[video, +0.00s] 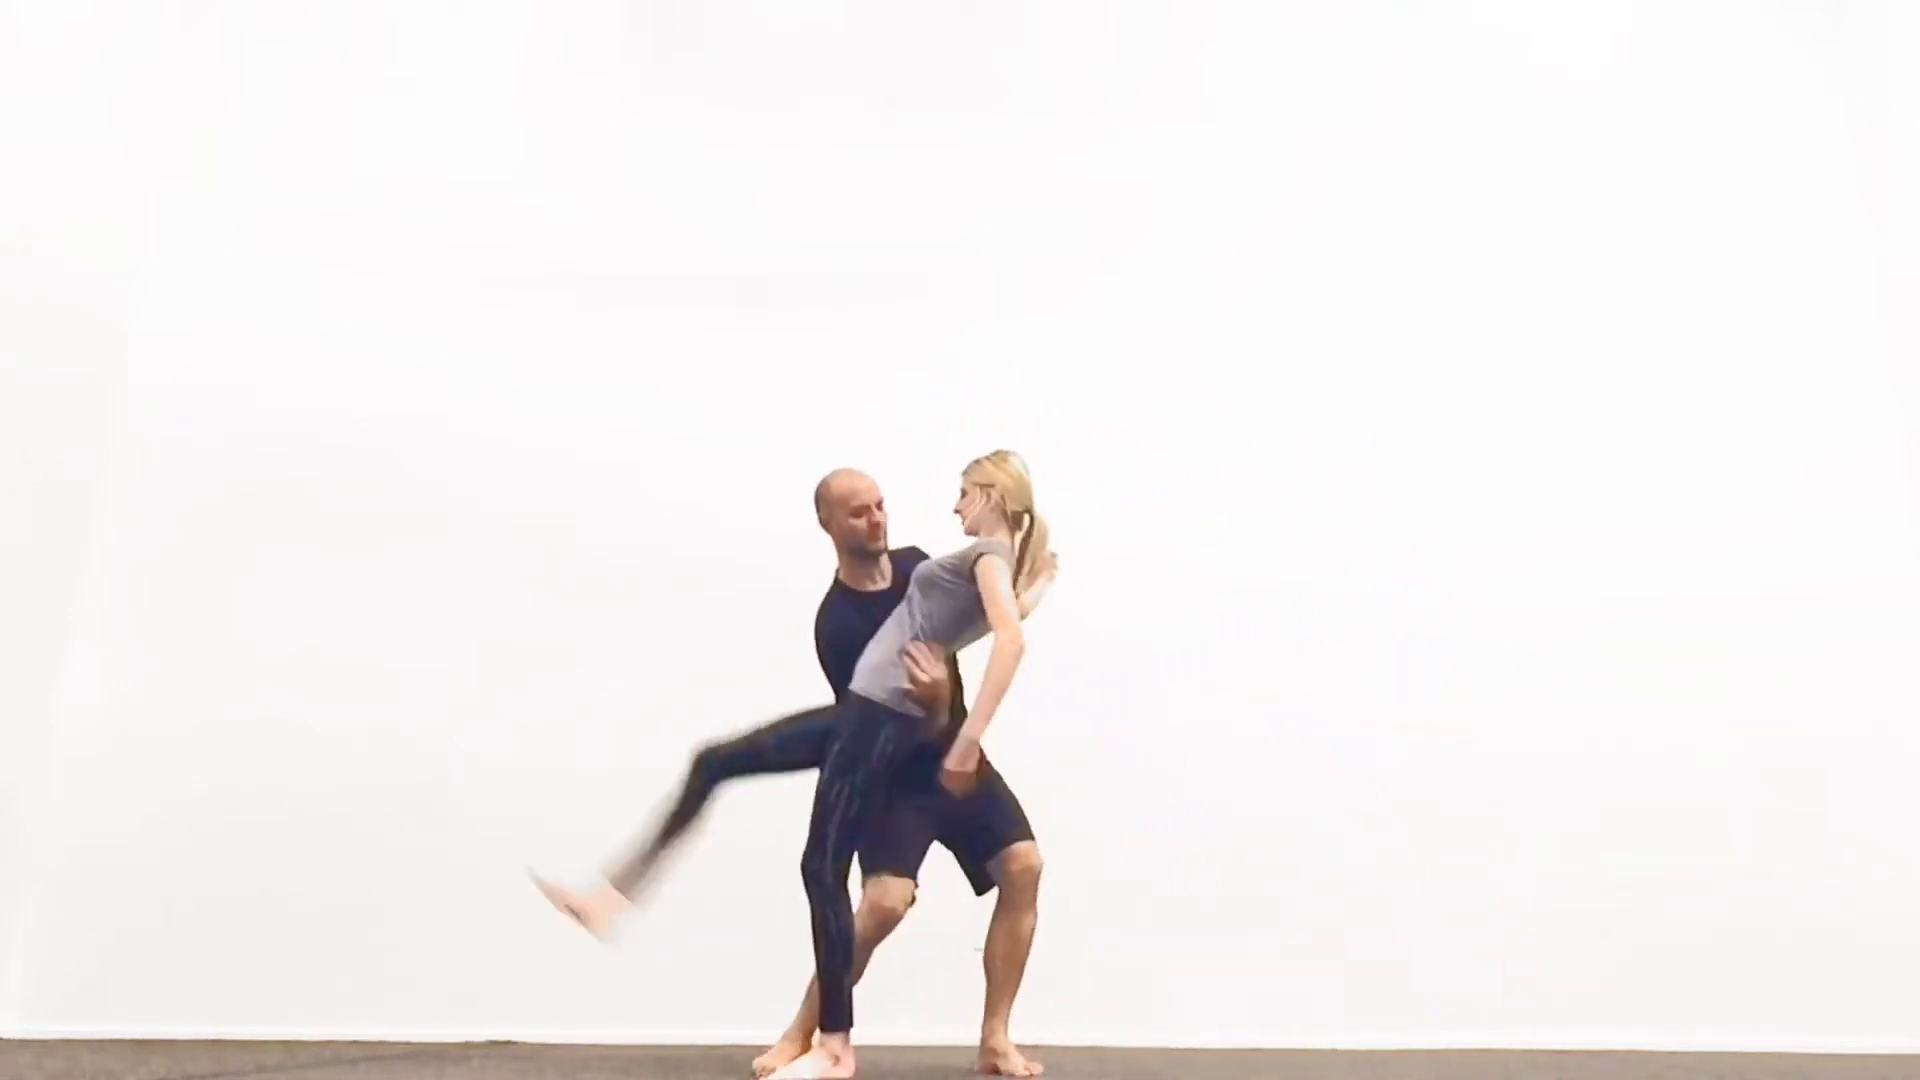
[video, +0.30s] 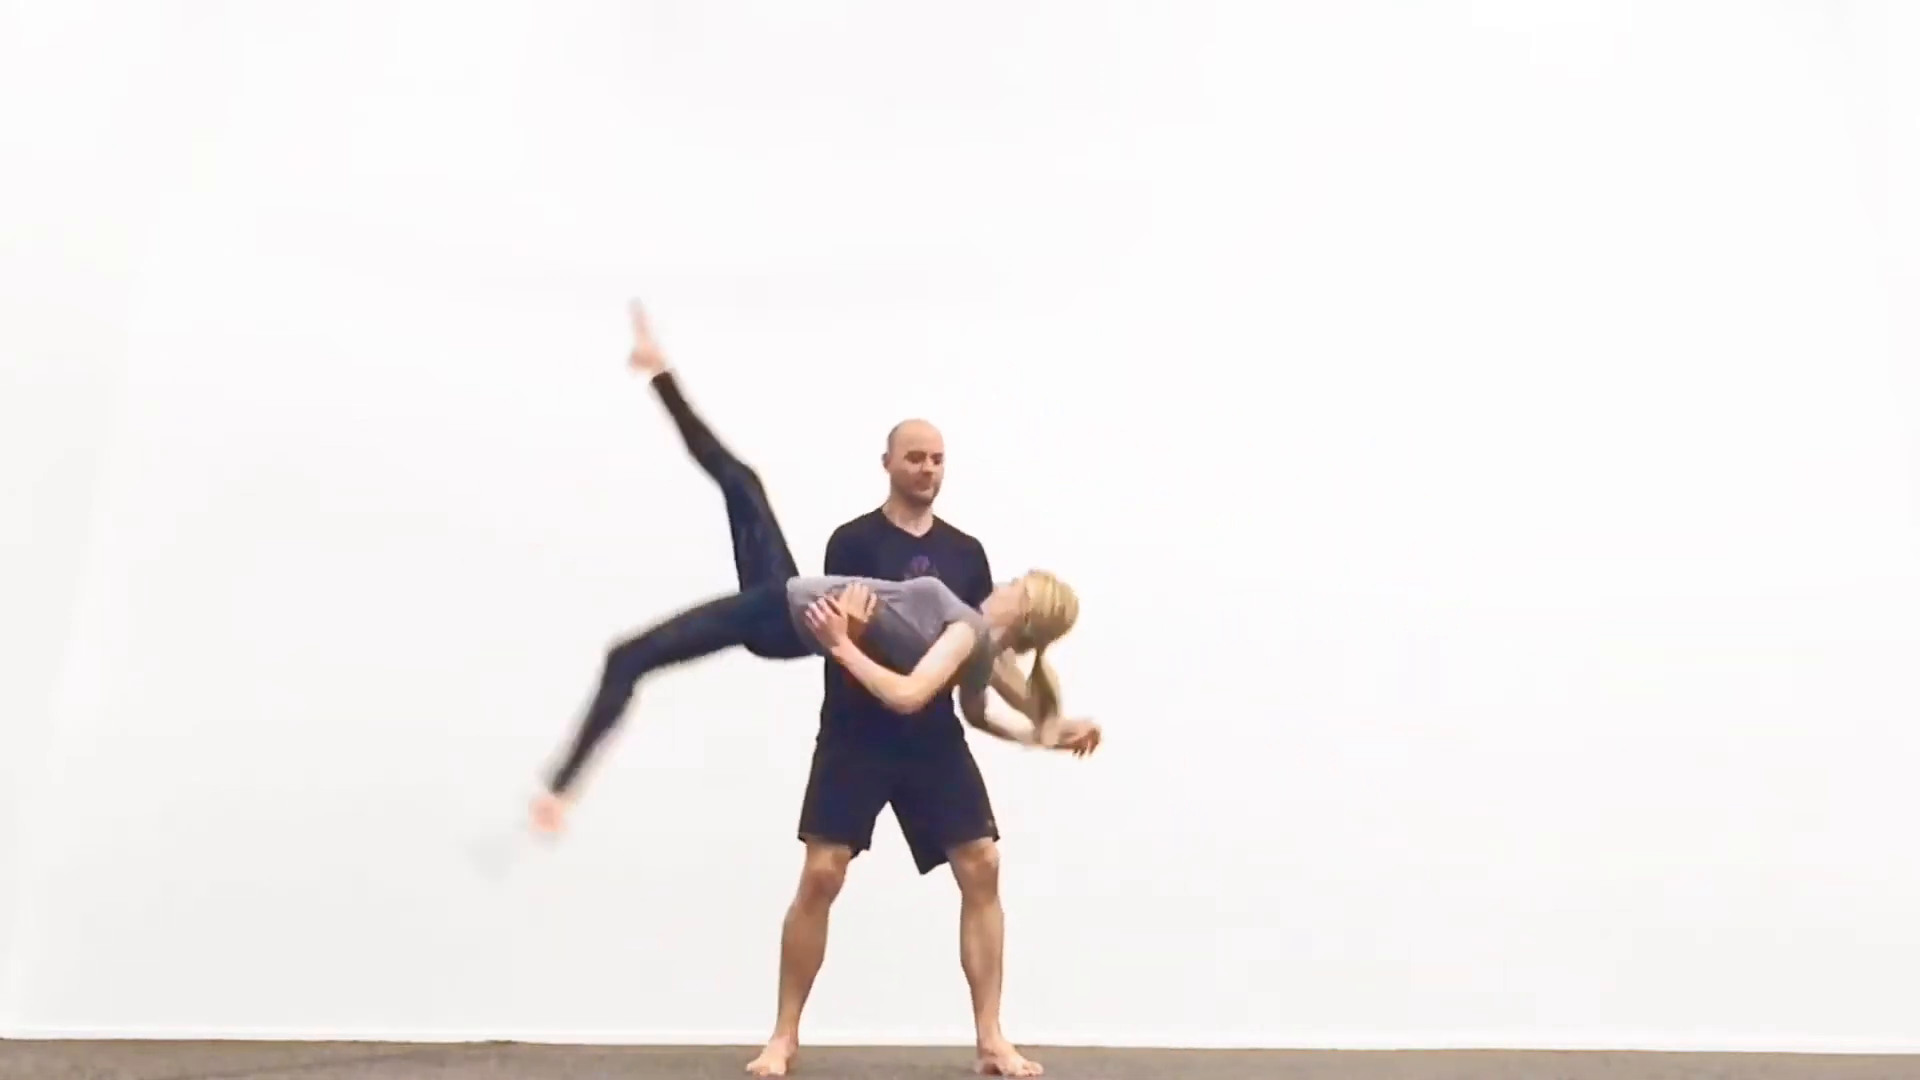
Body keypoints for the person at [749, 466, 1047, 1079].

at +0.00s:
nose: (877, 518)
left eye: (879, 505)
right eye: (860, 513)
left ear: (886, 504)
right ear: (828, 526)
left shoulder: (915, 564)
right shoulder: (835, 624)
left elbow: (952, 660)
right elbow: (870, 725)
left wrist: (951, 700)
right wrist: (939, 701)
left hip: (951, 750)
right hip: (893, 767)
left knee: (1023, 868)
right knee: (888, 902)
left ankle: (996, 1040)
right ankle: (799, 1036)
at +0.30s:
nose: (928, 468)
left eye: (936, 459)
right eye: (916, 457)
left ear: (945, 466)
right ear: (887, 463)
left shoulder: (965, 552)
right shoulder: (851, 543)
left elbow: (988, 660)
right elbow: (820, 644)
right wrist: (856, 636)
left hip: (935, 738)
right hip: (853, 737)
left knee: (981, 865)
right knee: (820, 876)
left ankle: (991, 1041)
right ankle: (783, 1039)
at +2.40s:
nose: (1009, 419)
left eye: (1009, 409)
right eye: (998, 405)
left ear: (976, 412)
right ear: (953, 405)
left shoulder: (974, 497)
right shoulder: (931, 479)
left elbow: (1006, 625)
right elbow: (936, 585)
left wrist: (1099, 617)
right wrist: (1046, 596)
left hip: (980, 698)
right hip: (934, 694)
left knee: (984, 859)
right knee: (928, 855)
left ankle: (961, 1033)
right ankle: (901, 1047)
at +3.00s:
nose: (975, 415)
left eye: (975, 404)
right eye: (963, 403)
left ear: (946, 412)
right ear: (919, 408)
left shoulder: (972, 505)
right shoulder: (889, 484)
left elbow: (1049, 578)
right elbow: (897, 588)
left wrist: (1134, 554)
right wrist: (1002, 611)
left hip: (967, 703)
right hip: (908, 698)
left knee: (971, 863)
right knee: (909, 859)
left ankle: (959, 1035)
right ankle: (900, 1046)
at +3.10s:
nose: (988, 421)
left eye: (988, 410)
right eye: (975, 409)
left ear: (958, 415)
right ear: (933, 413)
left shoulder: (985, 509)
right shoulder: (896, 487)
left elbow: (1040, 591)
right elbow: (893, 590)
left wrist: (1112, 561)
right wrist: (995, 616)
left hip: (970, 706)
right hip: (910, 701)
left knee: (973, 868)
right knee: (911, 860)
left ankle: (959, 1037)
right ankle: (900, 1046)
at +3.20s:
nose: (1006, 423)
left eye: (1007, 413)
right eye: (994, 411)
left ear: (982, 422)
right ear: (951, 415)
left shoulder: (1000, 512)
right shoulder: (910, 491)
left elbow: (1040, 608)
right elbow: (900, 596)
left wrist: (1086, 567)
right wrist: (997, 623)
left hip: (975, 706)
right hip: (914, 701)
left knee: (980, 865)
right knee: (915, 856)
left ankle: (961, 1037)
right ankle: (901, 1043)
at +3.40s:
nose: (1045, 435)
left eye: (1047, 425)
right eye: (1034, 423)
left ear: (1025, 434)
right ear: (992, 427)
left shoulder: (1029, 525)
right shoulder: (944, 500)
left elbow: (1047, 641)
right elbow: (930, 608)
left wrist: (1054, 579)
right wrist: (1018, 635)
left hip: (981, 707)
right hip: (917, 699)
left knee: (990, 864)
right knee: (909, 847)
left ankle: (963, 1038)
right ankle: (877, 1032)